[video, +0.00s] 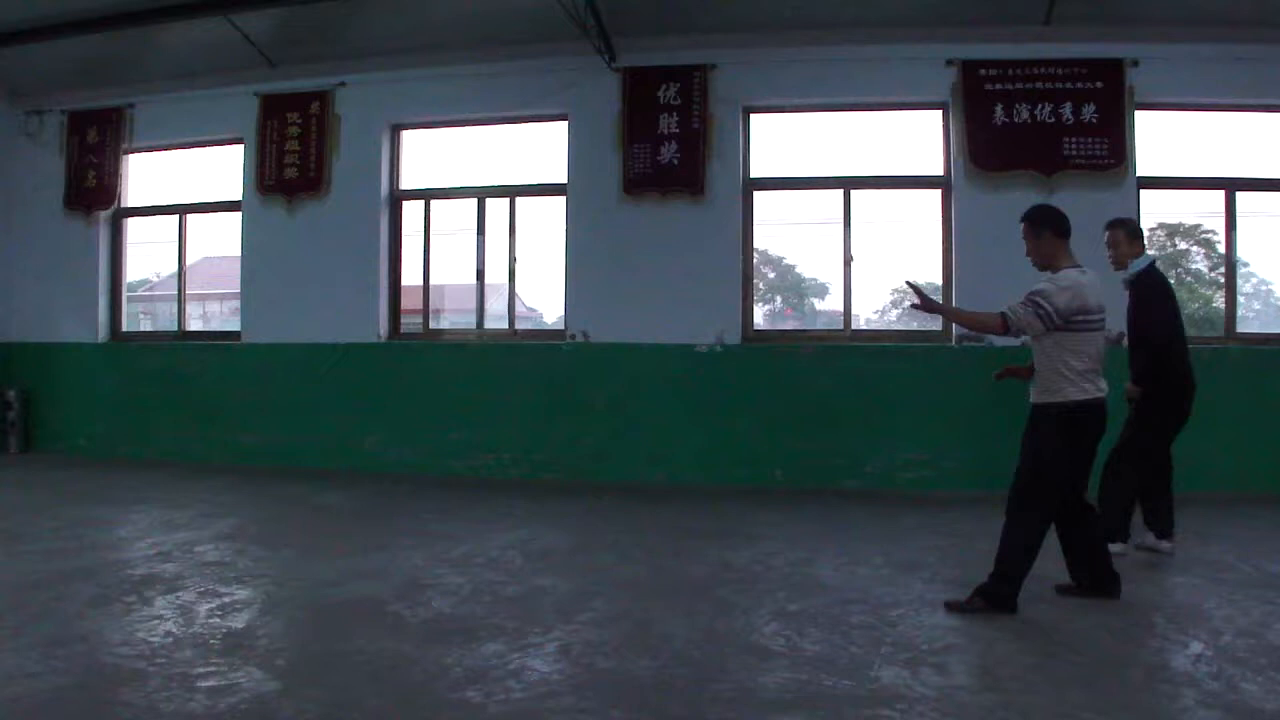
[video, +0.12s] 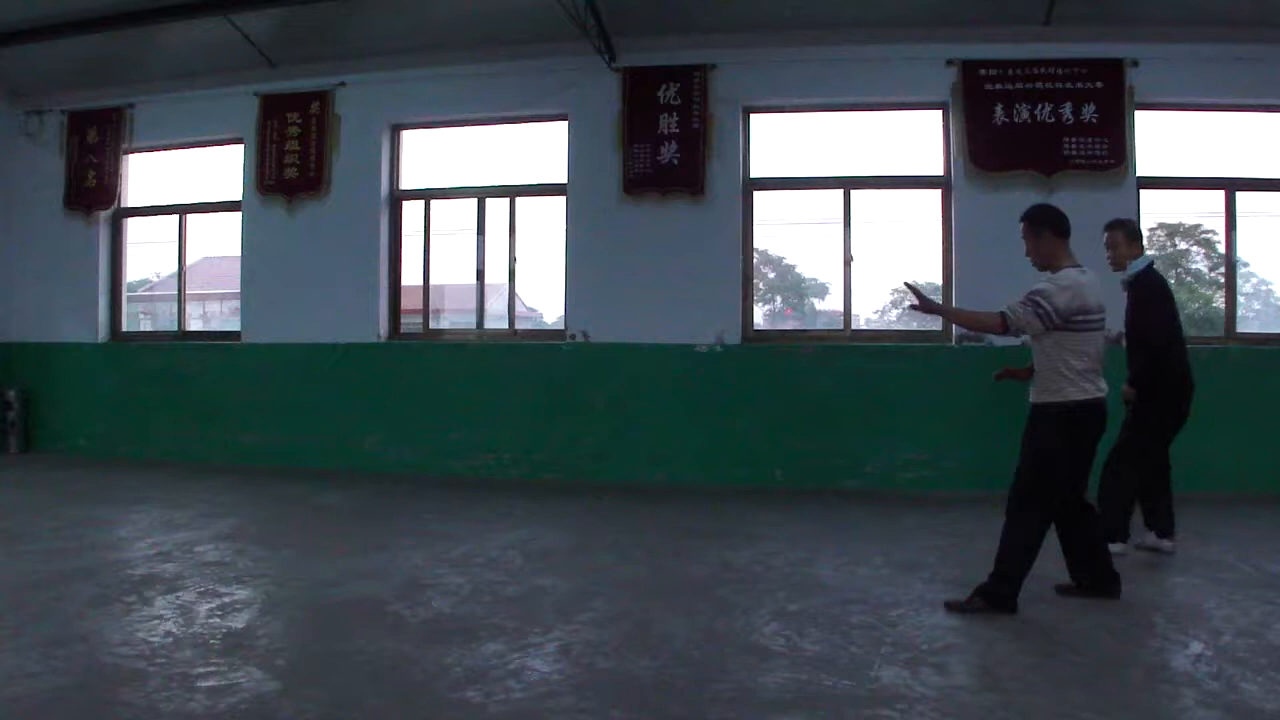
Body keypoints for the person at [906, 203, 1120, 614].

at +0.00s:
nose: (1026, 251)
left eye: (1029, 241)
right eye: (1025, 242)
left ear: (1049, 239)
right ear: (1062, 240)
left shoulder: (1058, 289)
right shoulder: (1088, 285)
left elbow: (1003, 324)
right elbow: (1083, 354)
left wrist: (941, 310)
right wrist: (1030, 370)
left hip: (1060, 413)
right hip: (1086, 409)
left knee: (1028, 502)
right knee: (1067, 496)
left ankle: (1000, 593)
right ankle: (1098, 580)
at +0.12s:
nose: (1025, 250)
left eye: (1029, 240)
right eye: (1025, 241)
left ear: (1049, 239)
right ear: (1061, 240)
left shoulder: (1058, 289)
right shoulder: (1087, 285)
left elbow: (1002, 323)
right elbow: (1083, 353)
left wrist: (940, 310)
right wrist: (1030, 371)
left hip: (1060, 413)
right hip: (1086, 409)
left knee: (1028, 502)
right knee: (1067, 497)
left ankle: (1000, 593)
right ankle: (1098, 580)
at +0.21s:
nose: (1024, 249)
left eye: (1027, 239)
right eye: (1023, 240)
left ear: (1047, 239)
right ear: (1060, 239)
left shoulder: (1057, 288)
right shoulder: (1087, 285)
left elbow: (1000, 322)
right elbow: (1082, 354)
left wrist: (936, 310)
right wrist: (1029, 372)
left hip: (1059, 412)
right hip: (1085, 408)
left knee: (1027, 502)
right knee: (1067, 497)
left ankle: (1000, 593)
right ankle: (1098, 580)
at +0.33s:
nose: (1022, 247)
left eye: (1027, 237)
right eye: (1022, 238)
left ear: (1048, 237)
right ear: (1059, 239)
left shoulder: (1056, 288)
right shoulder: (1083, 284)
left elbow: (999, 322)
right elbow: (1078, 358)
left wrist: (936, 309)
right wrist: (1028, 377)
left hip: (1058, 410)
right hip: (1082, 406)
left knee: (1026, 501)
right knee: (1068, 498)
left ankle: (1000, 593)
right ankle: (1098, 580)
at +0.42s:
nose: (1022, 245)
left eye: (1026, 236)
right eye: (1022, 237)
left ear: (1047, 236)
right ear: (1059, 237)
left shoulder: (1055, 287)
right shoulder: (1083, 283)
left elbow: (999, 323)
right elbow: (1077, 357)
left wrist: (938, 307)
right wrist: (1027, 377)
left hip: (1057, 411)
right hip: (1081, 407)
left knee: (1025, 501)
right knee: (1069, 497)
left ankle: (1000, 593)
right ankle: (1098, 579)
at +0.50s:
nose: (1022, 244)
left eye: (1026, 235)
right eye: (1021, 235)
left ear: (1048, 236)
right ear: (1058, 238)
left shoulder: (1053, 287)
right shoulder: (1082, 282)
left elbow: (1000, 324)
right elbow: (1078, 355)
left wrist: (942, 305)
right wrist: (1029, 372)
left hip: (1055, 410)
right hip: (1081, 406)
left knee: (1025, 501)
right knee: (1069, 497)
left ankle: (1000, 593)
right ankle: (1098, 580)